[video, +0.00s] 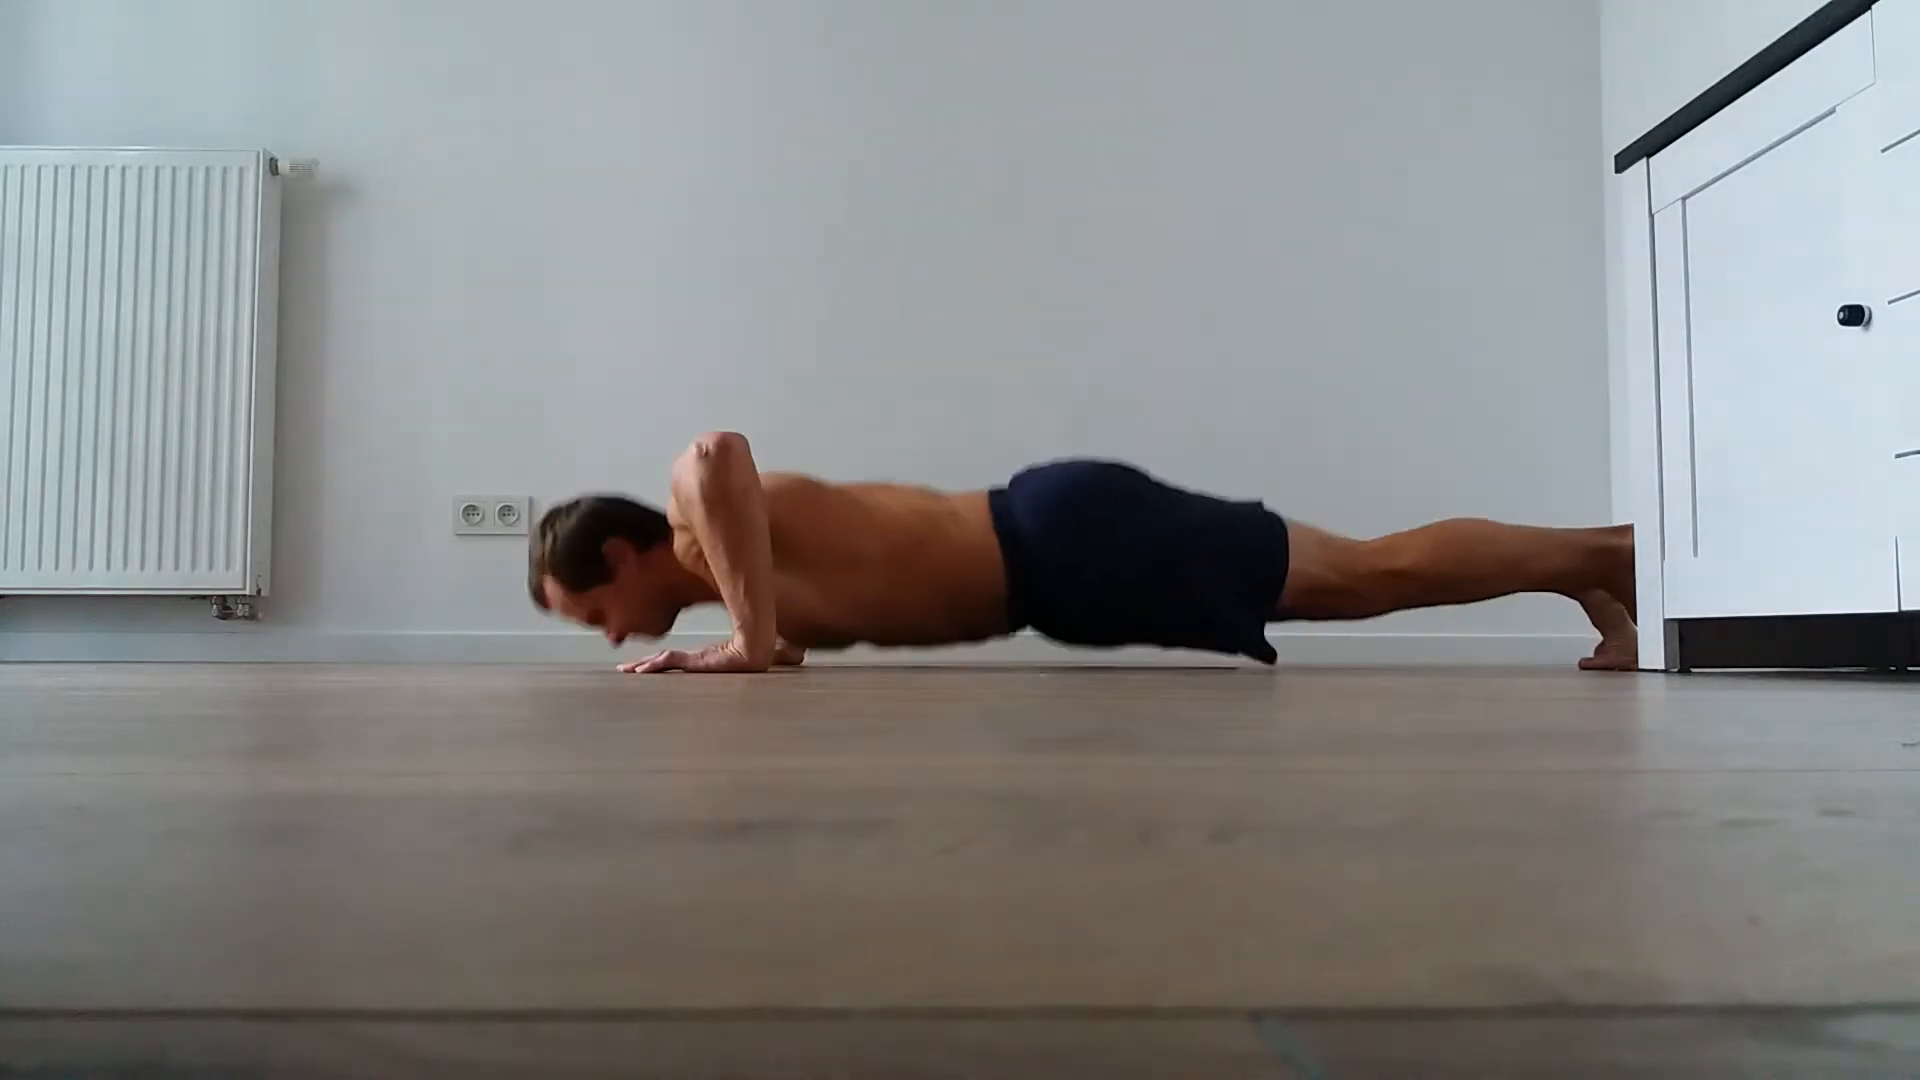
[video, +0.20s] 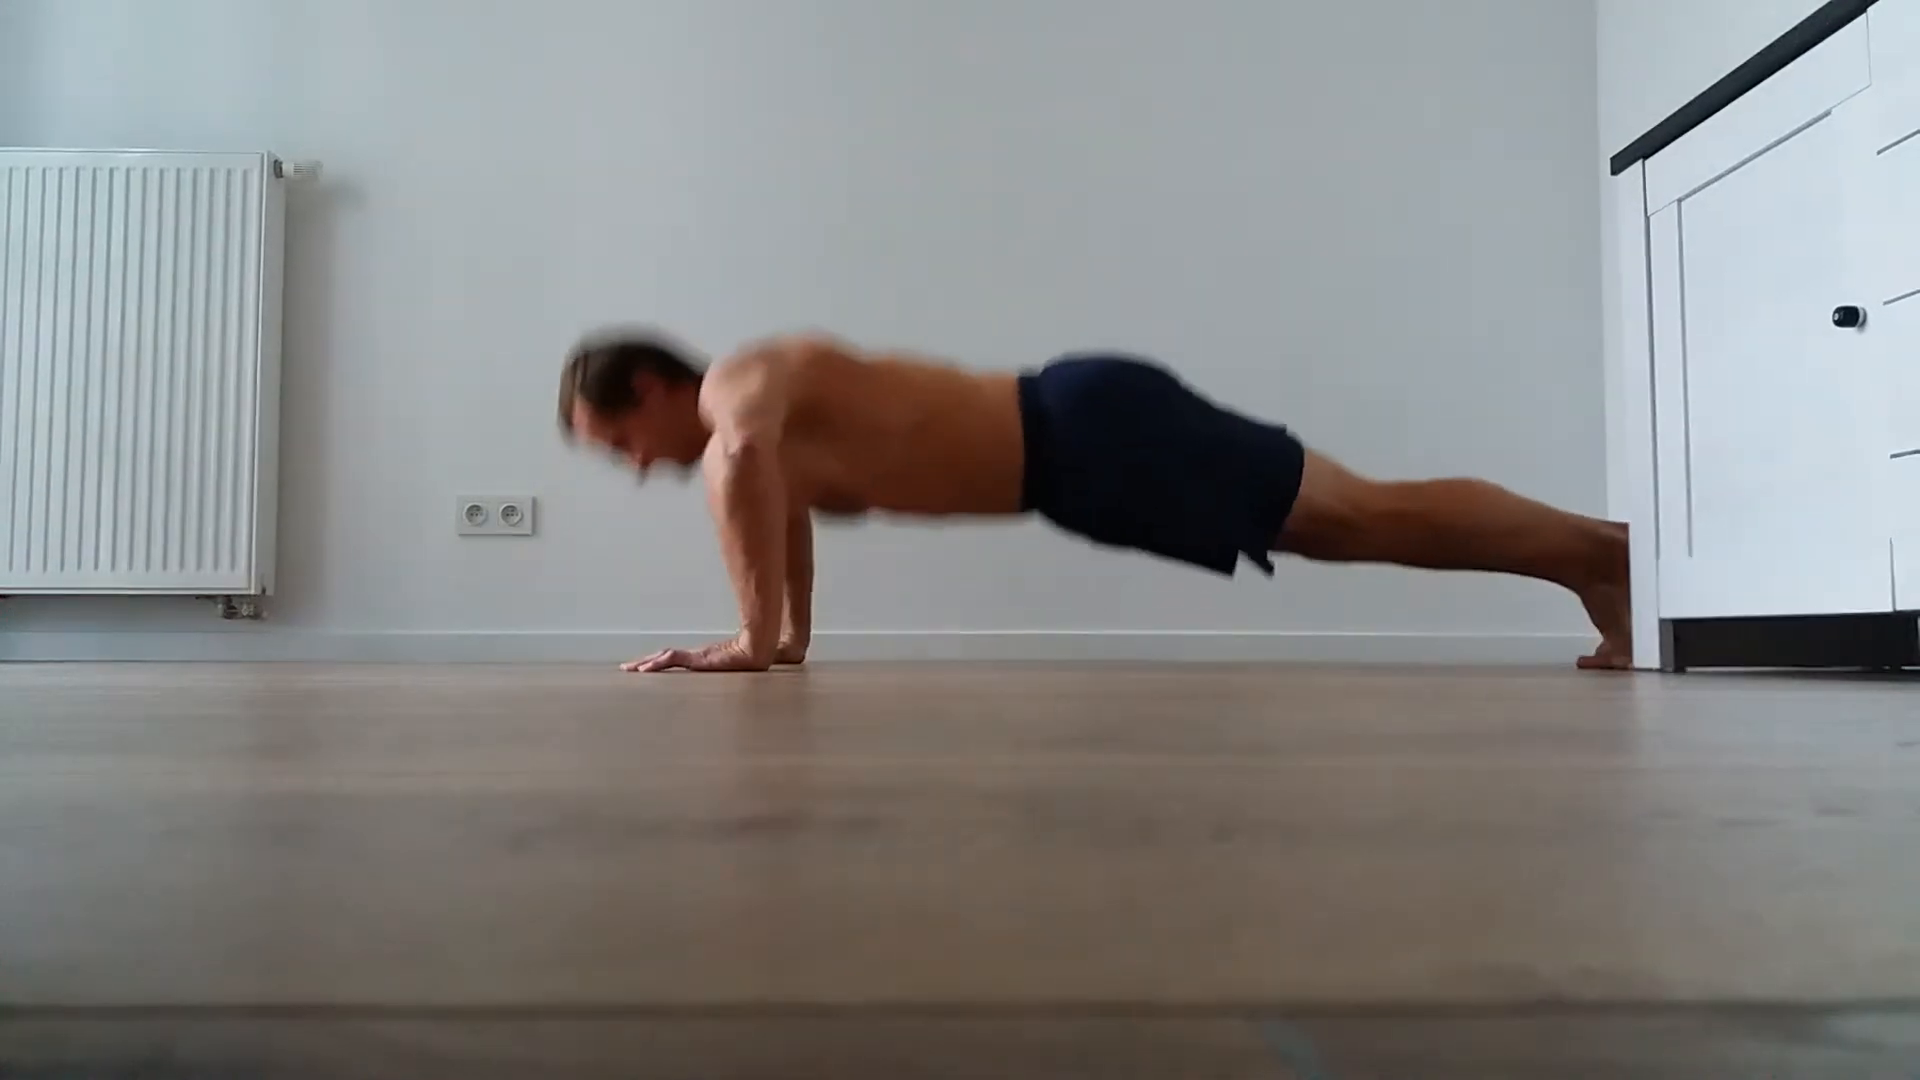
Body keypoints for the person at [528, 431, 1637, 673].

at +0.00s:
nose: (612, 636)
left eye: (600, 619)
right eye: (593, 626)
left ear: (626, 565)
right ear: (637, 560)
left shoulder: (711, 533)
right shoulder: (721, 542)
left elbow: (714, 459)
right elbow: (722, 470)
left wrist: (760, 641)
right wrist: (744, 641)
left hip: (1061, 545)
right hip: (1050, 547)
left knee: (1364, 575)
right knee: (1357, 570)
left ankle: (1596, 560)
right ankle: (1588, 560)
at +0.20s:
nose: (627, 460)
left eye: (614, 441)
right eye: (613, 450)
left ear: (642, 398)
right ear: (661, 390)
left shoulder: (738, 389)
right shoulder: (758, 391)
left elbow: (739, 473)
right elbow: (784, 494)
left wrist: (756, 635)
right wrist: (790, 638)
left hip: (1080, 440)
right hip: (1075, 438)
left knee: (1353, 519)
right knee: (1351, 515)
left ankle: (1600, 557)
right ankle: (1592, 555)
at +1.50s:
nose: (618, 600)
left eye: (603, 582)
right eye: (601, 589)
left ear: (626, 531)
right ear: (633, 533)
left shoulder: (717, 482)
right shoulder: (733, 509)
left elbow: (729, 465)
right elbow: (796, 596)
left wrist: (766, 637)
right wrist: (734, 647)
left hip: (1068, 547)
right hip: (1056, 549)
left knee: (1362, 584)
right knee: (1355, 576)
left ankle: (1594, 563)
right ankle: (1588, 564)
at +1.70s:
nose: (622, 609)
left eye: (608, 590)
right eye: (603, 599)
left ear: (630, 541)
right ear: (632, 546)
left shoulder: (723, 502)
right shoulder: (734, 516)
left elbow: (709, 462)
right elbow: (798, 610)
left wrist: (765, 637)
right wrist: (736, 647)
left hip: (1064, 542)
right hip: (1054, 544)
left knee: (1357, 575)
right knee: (1352, 572)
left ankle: (1593, 559)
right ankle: (1587, 560)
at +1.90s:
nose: (639, 416)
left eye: (625, 396)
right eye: (625, 406)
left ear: (652, 349)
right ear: (663, 349)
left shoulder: (749, 344)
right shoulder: (762, 358)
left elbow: (738, 484)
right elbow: (781, 502)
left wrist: (753, 640)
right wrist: (786, 644)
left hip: (1089, 419)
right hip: (1084, 415)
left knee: (1363, 510)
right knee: (1359, 503)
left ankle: (1597, 553)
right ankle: (1588, 552)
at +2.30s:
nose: (625, 576)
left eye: (609, 560)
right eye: (608, 568)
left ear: (623, 506)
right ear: (631, 512)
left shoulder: (720, 462)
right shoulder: (733, 475)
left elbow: (734, 469)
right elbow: (790, 620)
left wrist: (751, 639)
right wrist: (741, 643)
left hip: (1068, 530)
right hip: (1057, 532)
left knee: (1358, 576)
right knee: (1352, 570)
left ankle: (1595, 563)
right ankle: (1589, 564)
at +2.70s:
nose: (632, 436)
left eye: (618, 417)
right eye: (618, 426)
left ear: (644, 370)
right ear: (656, 371)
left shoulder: (742, 362)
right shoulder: (754, 377)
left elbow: (734, 482)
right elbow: (773, 502)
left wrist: (752, 639)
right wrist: (784, 644)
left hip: (1088, 430)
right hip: (1079, 432)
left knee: (1355, 511)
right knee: (1351, 509)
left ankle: (1595, 553)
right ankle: (1586, 553)